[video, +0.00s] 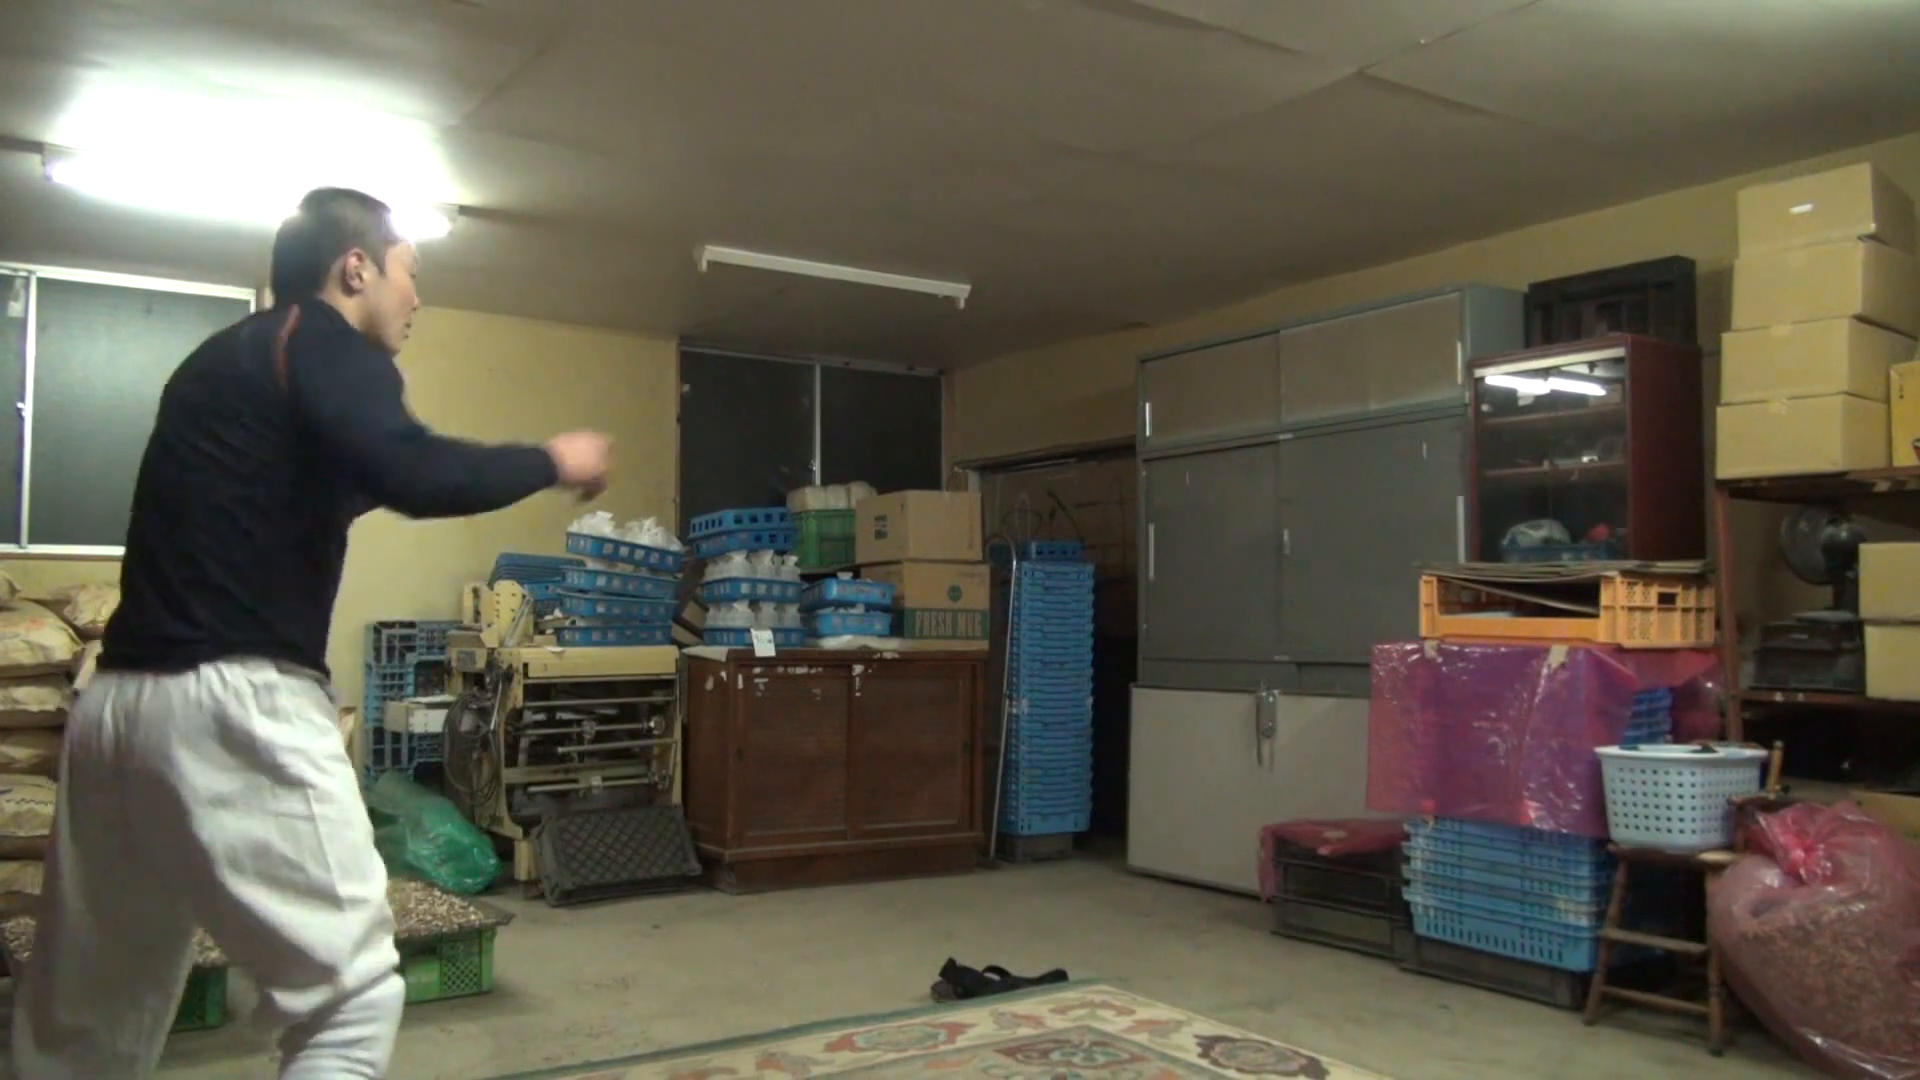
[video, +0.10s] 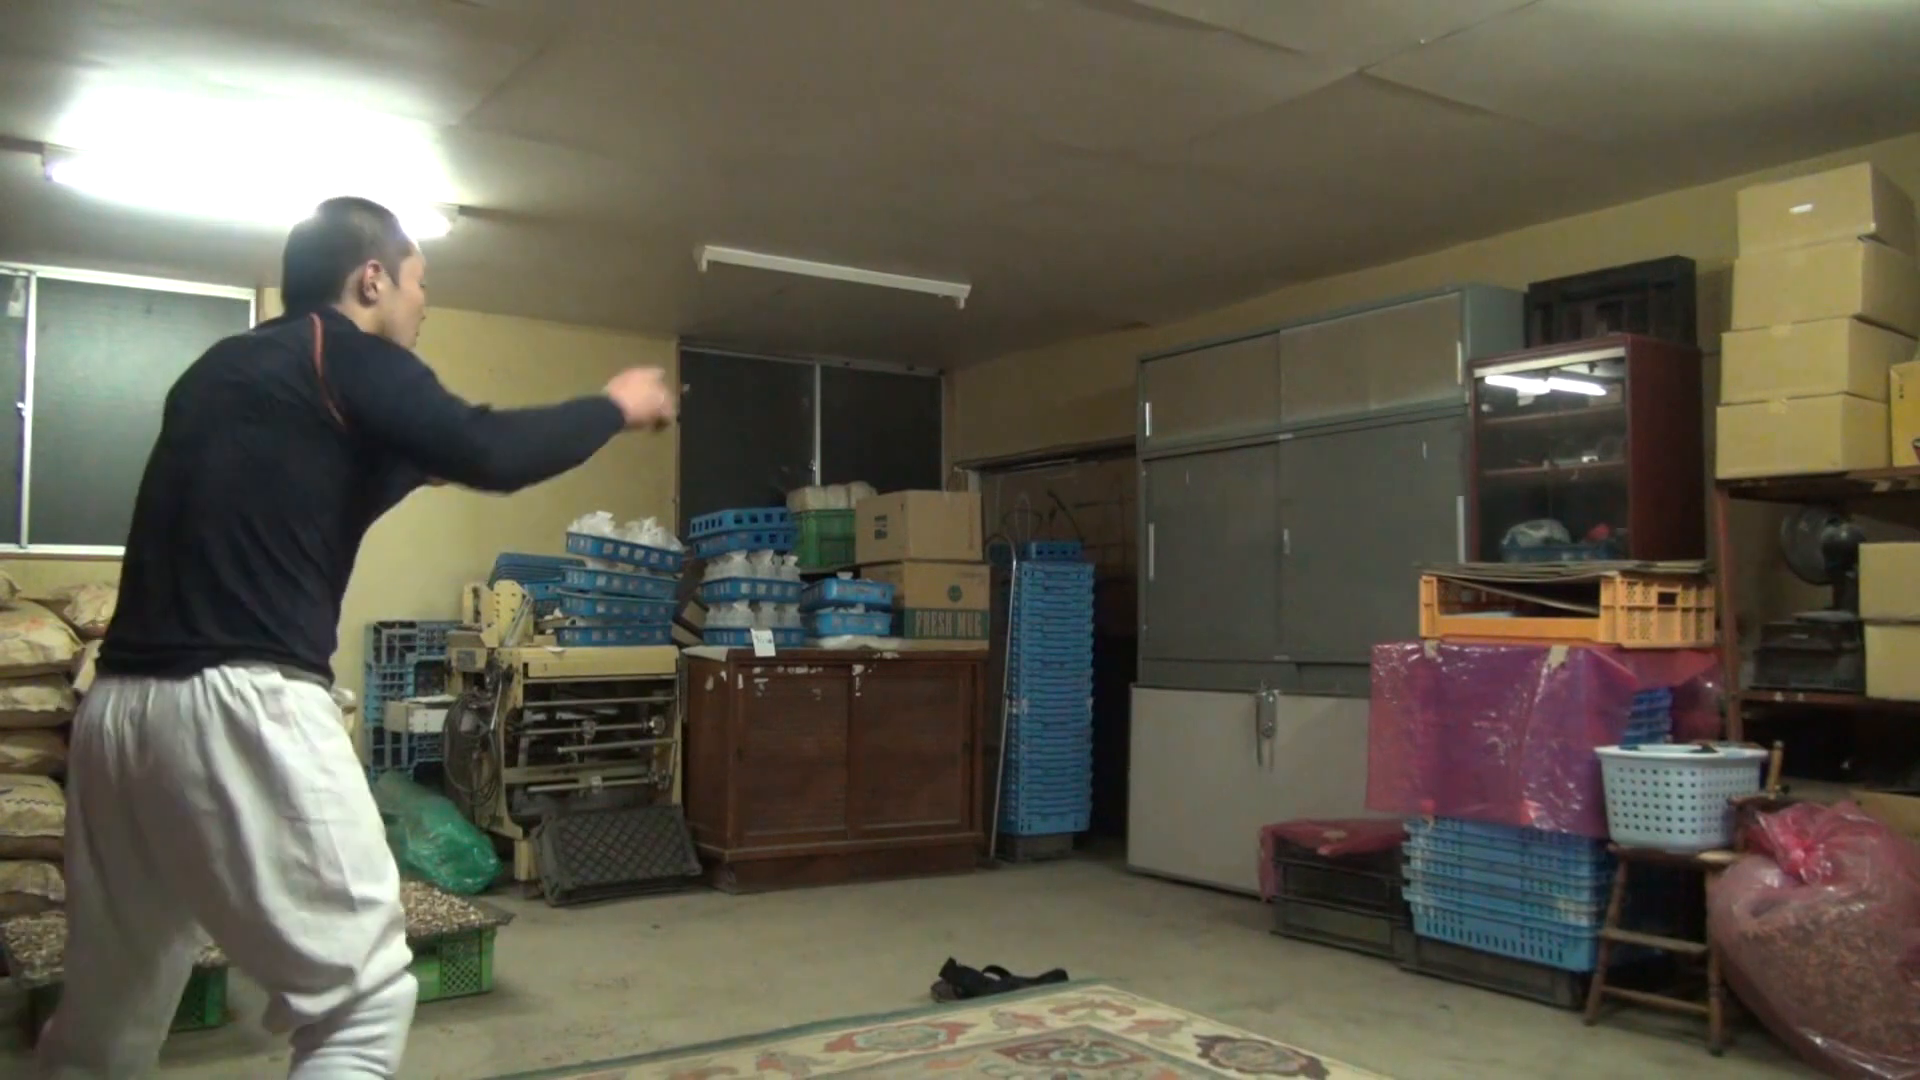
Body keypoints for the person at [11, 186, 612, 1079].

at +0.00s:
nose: (415, 304)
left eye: (414, 278)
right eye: (406, 276)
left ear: (323, 271)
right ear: (353, 269)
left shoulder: (207, 358)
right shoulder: (325, 346)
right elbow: (405, 467)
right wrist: (550, 460)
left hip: (111, 705)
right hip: (239, 704)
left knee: (84, 1023)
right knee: (347, 1000)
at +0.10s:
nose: (423, 313)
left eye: (425, 292)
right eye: (419, 289)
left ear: (305, 282)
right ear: (371, 277)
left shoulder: (214, 367)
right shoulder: (349, 355)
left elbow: (324, 500)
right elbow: (491, 450)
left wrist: (442, 433)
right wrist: (616, 405)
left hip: (113, 715)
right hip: (248, 711)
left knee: (103, 1018)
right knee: (359, 1001)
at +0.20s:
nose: (425, 309)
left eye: (425, 287)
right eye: (421, 282)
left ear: (318, 270)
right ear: (374, 273)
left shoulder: (216, 357)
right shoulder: (348, 339)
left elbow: (283, 522)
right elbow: (518, 400)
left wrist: (414, 488)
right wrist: (658, 361)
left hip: (109, 703)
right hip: (237, 701)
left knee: (99, 1014)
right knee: (340, 1001)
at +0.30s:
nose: (415, 319)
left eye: (418, 299)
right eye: (412, 296)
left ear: (315, 278)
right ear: (362, 280)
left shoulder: (212, 369)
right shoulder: (336, 346)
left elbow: (286, 543)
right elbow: (499, 380)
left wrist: (432, 513)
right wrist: (673, 349)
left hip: (96, 707)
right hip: (216, 704)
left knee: (85, 1022)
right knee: (317, 1002)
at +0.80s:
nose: (440, 376)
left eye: (441, 358)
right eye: (441, 358)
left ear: (329, 341)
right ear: (420, 354)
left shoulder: (218, 424)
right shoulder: (450, 431)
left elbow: (199, 582)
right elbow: (591, 519)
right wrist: (619, 419)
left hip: (210, 772)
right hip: (364, 776)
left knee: (141, 1010)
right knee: (510, 983)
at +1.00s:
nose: (469, 367)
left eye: (472, 350)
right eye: (467, 348)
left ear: (359, 337)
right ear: (425, 341)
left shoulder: (264, 412)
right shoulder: (416, 407)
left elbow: (327, 556)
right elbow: (551, 510)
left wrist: (456, 542)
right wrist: (657, 449)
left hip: (165, 732)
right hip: (291, 732)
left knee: (114, 989)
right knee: (464, 975)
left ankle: (34, 1072)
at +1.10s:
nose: (469, 391)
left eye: (468, 369)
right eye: (460, 368)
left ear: (382, 373)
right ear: (407, 372)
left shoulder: (289, 442)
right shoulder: (371, 435)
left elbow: (363, 601)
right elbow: (498, 541)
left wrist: (491, 621)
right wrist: (653, 549)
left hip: (133, 770)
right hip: (246, 769)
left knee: (68, 1035)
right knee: (443, 986)